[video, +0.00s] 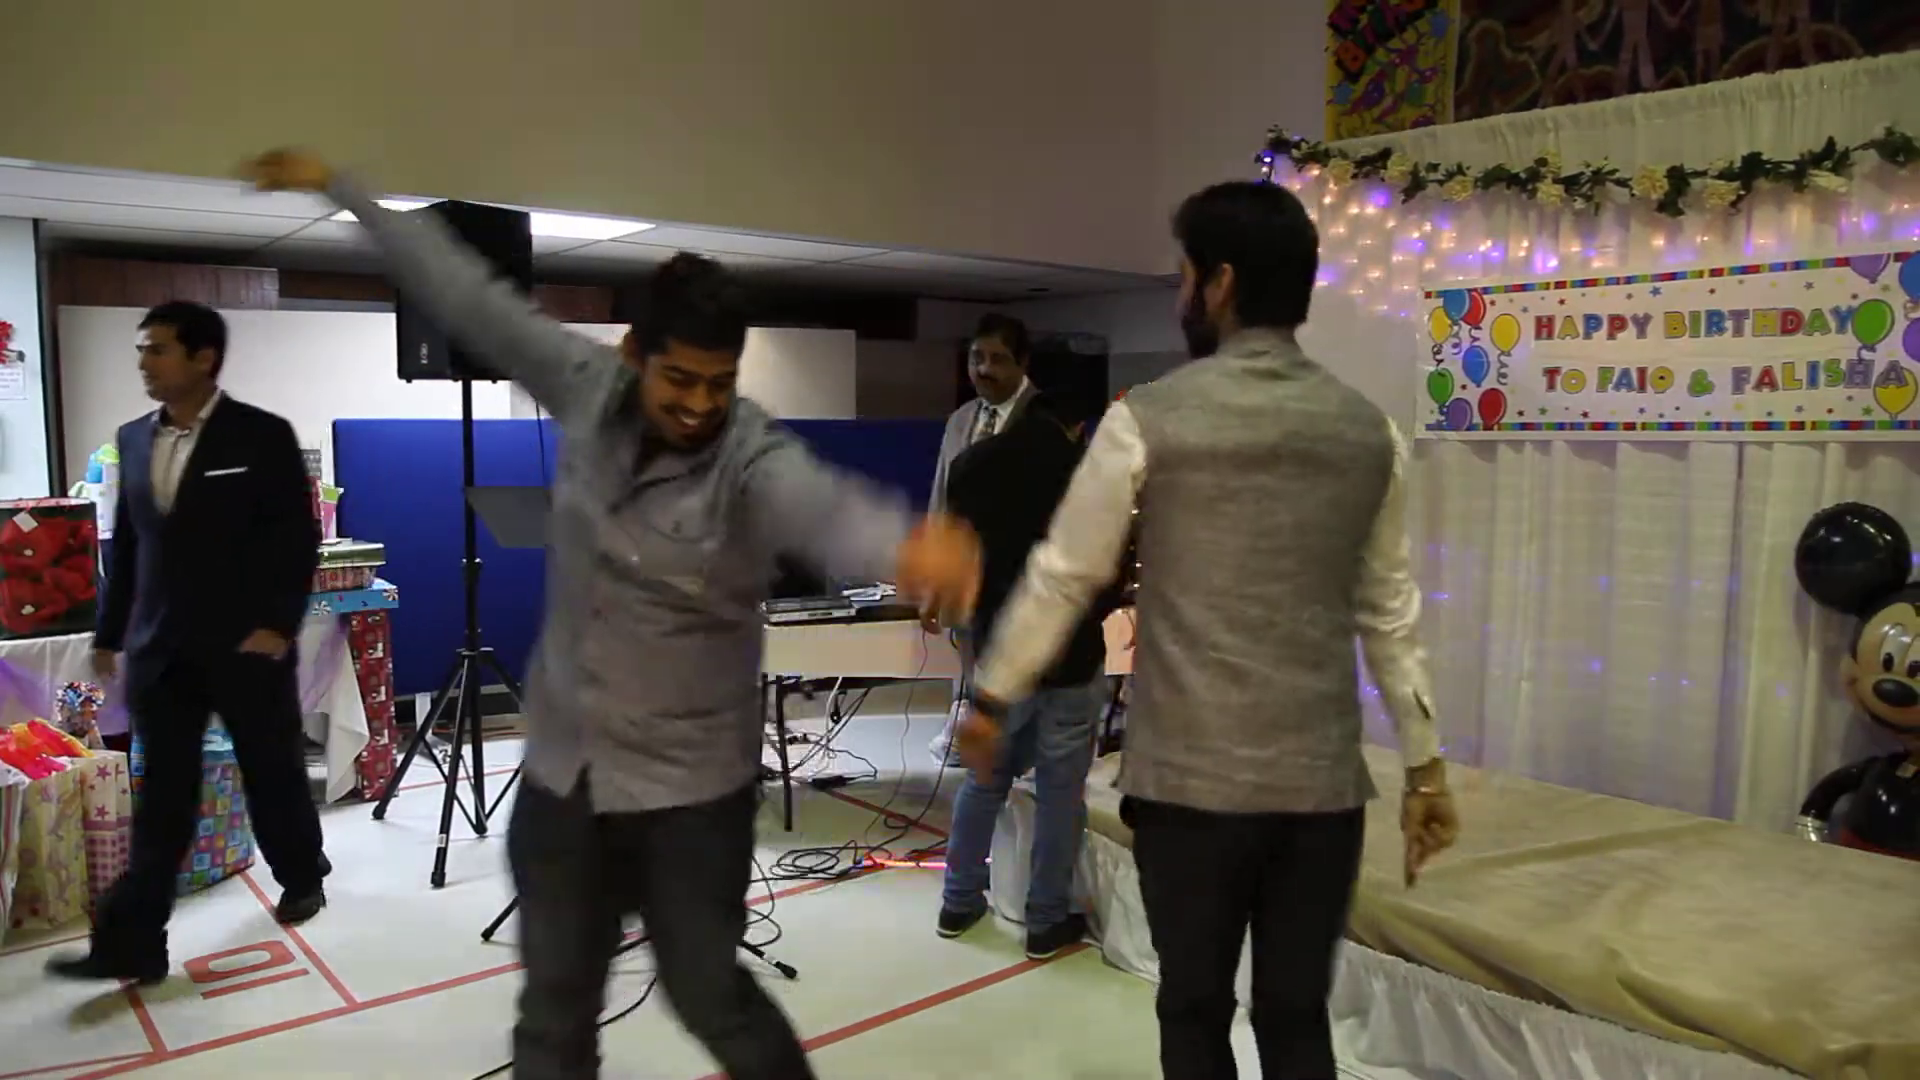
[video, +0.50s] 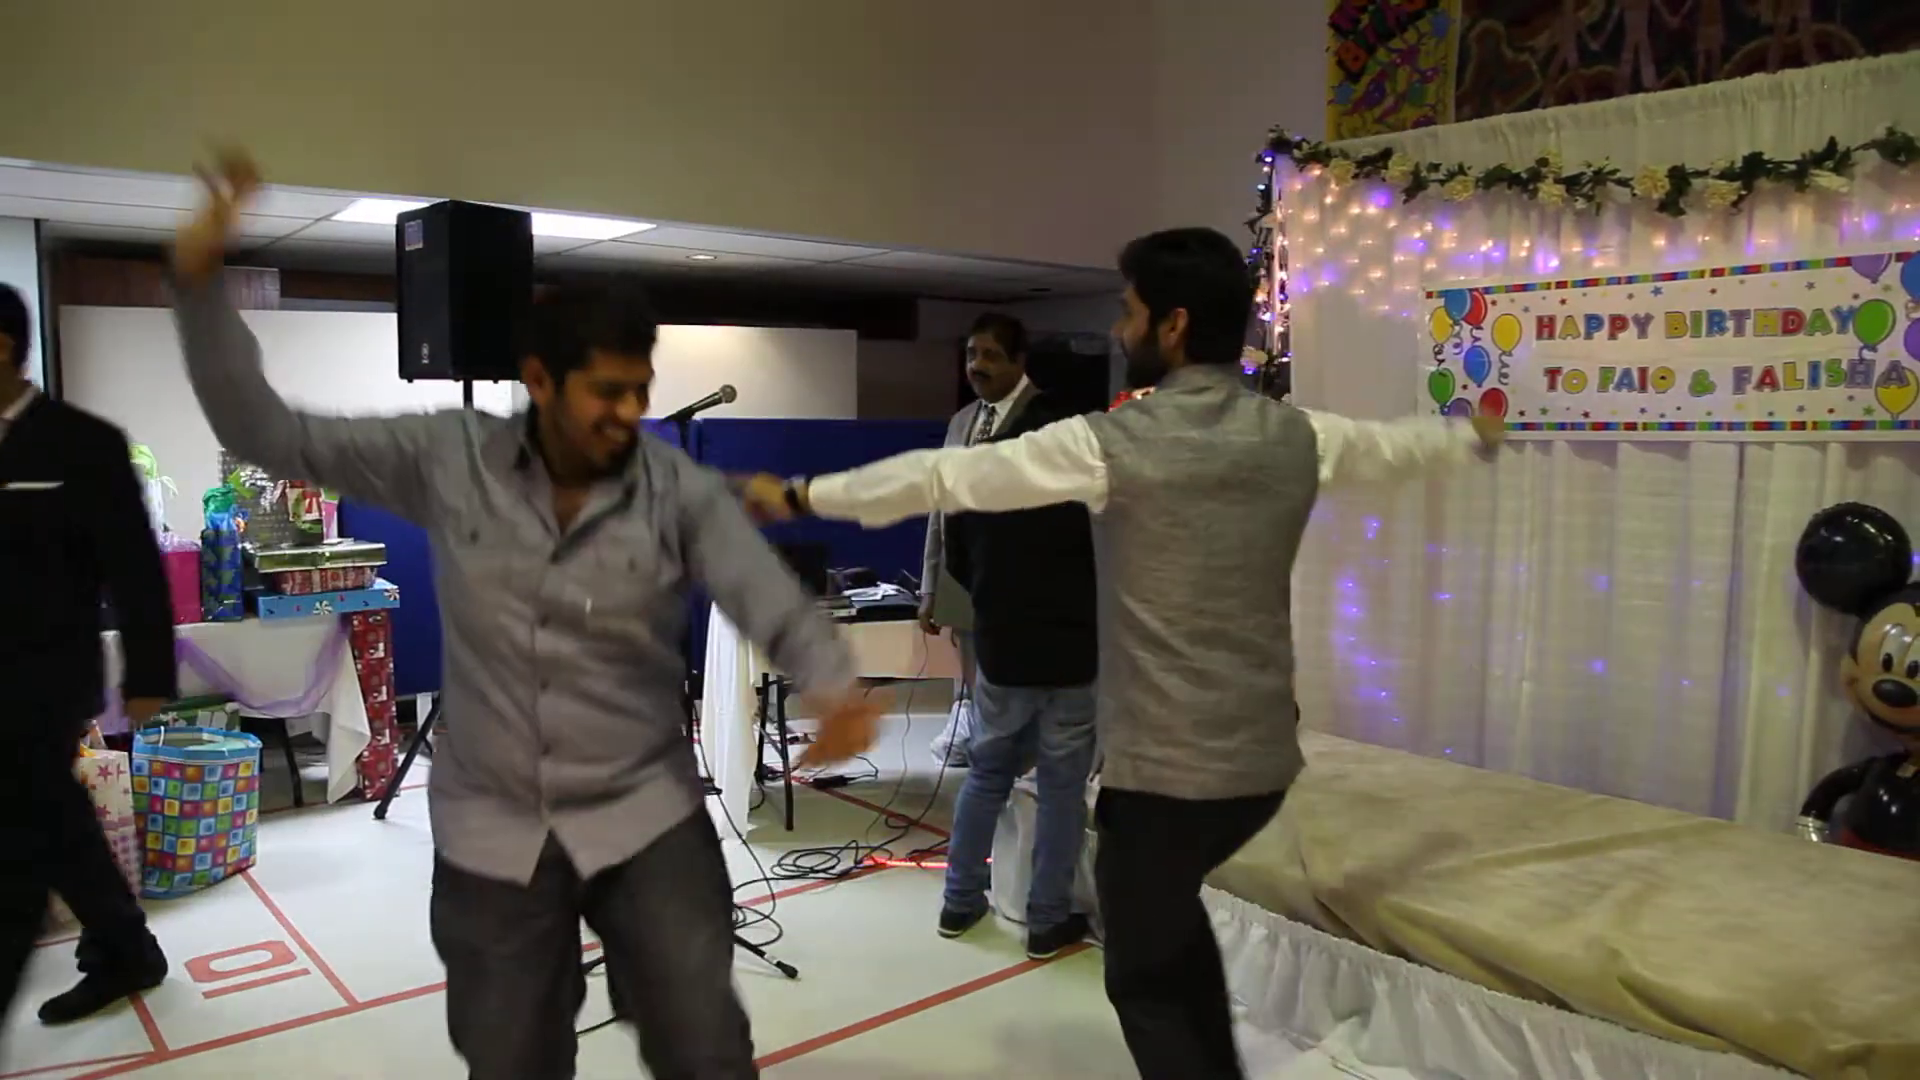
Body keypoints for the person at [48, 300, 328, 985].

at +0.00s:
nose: (143, 362)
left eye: (156, 350)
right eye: (141, 351)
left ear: (204, 358)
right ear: (159, 361)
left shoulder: (265, 436)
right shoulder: (135, 440)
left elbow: (299, 539)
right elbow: (122, 546)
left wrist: (279, 622)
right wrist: (107, 636)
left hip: (246, 643)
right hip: (162, 647)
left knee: (272, 770)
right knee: (163, 796)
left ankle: (303, 878)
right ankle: (135, 944)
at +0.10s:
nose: (108, 363)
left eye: (120, 352)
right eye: (106, 352)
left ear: (170, 358)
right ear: (126, 363)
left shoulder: (233, 440)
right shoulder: (104, 443)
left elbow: (263, 551)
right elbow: (93, 555)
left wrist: (251, 642)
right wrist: (75, 643)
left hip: (205, 661)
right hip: (123, 664)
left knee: (253, 790)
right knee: (126, 818)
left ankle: (301, 869)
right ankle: (125, 959)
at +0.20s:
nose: (69, 360)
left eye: (81, 346)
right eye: (66, 347)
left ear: (132, 349)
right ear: (79, 353)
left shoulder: (198, 433)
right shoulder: (67, 435)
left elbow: (229, 545)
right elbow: (50, 546)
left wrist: (229, 644)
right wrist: (28, 640)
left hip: (161, 656)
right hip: (78, 660)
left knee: (199, 783)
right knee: (97, 817)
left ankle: (267, 856)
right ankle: (123, 956)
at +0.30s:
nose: (25, 357)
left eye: (39, 343)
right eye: (22, 344)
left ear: (93, 344)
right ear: (27, 348)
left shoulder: (163, 430)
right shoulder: (21, 434)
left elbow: (199, 545)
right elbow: (10, 548)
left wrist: (200, 650)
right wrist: (9, 637)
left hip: (124, 656)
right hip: (39, 656)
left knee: (128, 795)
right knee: (72, 815)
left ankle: (207, 884)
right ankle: (121, 957)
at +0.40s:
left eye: (5, 342)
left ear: (49, 343)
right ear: (37, 346)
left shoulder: (123, 433)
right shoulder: (7, 432)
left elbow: (170, 550)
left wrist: (178, 656)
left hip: (76, 665)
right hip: (13, 666)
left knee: (78, 819)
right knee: (62, 818)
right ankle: (121, 953)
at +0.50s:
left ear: (14, 349)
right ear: (17, 351)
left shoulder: (82, 444)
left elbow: (135, 566)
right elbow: (131, 565)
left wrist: (148, 677)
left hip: (48, 679)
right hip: (14, 680)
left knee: (29, 824)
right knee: (54, 814)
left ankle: (126, 949)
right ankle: (124, 950)